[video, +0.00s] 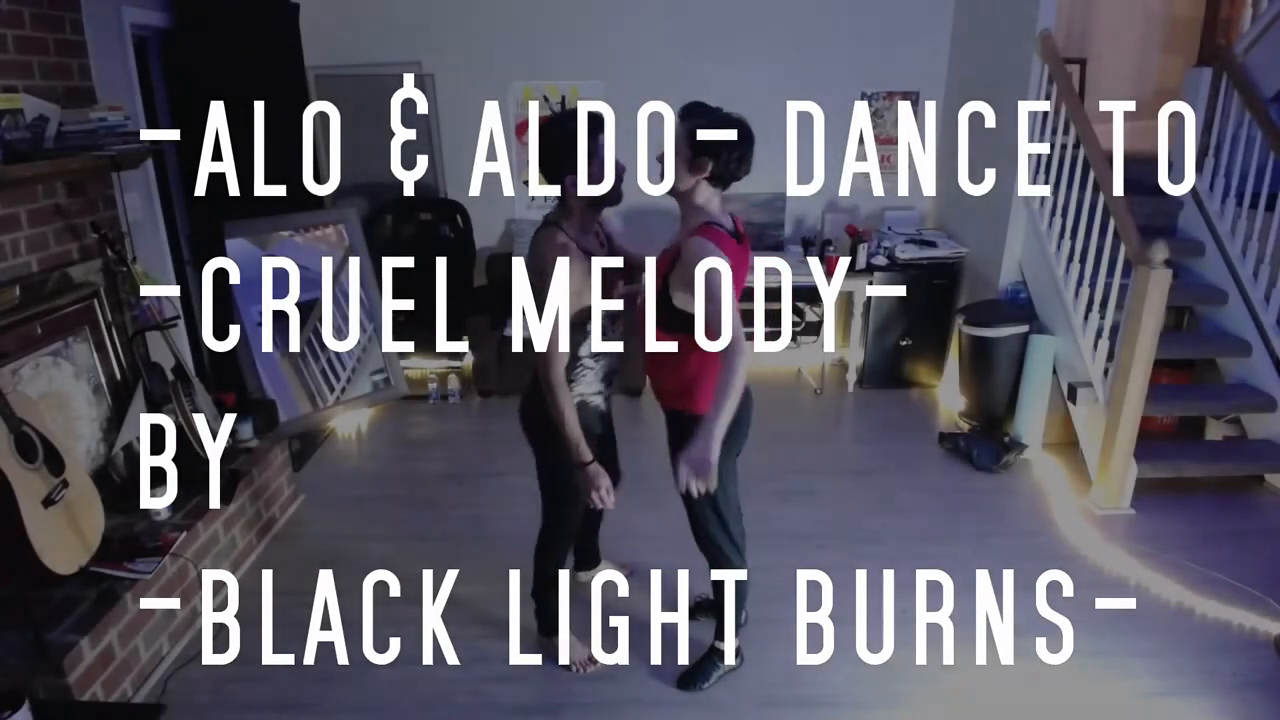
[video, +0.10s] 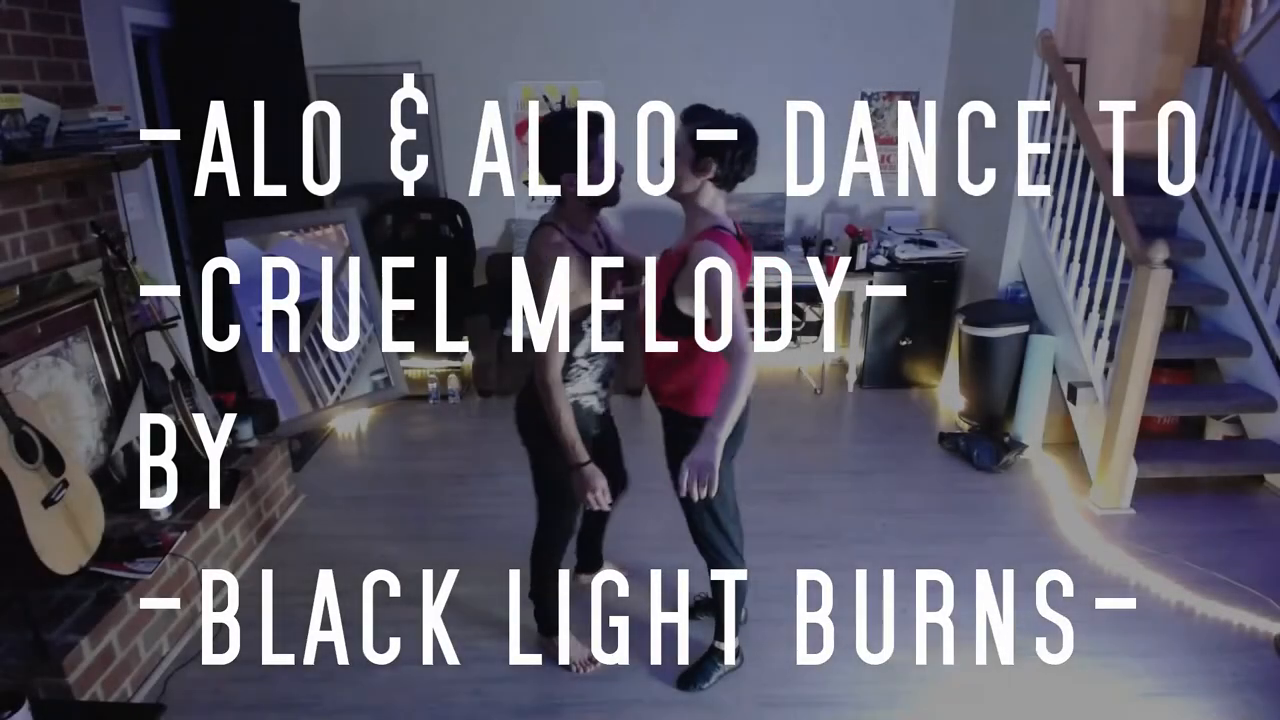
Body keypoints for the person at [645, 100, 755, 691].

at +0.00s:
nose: (664, 159)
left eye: (675, 151)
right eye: (668, 148)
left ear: (702, 164)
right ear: (708, 165)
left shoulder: (708, 251)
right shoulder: (704, 228)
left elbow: (737, 352)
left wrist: (709, 435)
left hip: (704, 413)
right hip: (701, 403)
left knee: (712, 527)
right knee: (715, 514)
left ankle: (727, 645)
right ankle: (727, 600)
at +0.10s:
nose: (670, 160)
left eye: (682, 152)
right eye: (674, 149)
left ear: (710, 165)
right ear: (708, 165)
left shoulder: (712, 253)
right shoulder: (699, 235)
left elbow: (743, 360)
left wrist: (711, 442)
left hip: (704, 415)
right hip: (691, 407)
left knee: (710, 527)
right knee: (709, 514)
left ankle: (727, 645)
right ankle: (723, 599)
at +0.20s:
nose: (675, 166)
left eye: (685, 157)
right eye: (680, 155)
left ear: (717, 171)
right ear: (717, 172)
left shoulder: (729, 254)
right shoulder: (706, 241)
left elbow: (754, 360)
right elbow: (694, 324)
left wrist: (707, 435)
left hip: (700, 417)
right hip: (682, 409)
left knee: (708, 531)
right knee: (702, 516)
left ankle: (726, 644)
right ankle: (721, 594)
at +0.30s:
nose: (677, 167)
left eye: (687, 159)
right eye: (681, 157)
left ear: (721, 172)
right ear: (719, 173)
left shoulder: (736, 250)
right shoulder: (706, 240)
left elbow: (756, 358)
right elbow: (683, 318)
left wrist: (697, 419)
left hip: (706, 416)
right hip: (681, 409)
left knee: (703, 528)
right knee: (696, 513)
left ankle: (725, 643)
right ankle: (717, 583)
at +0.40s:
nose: (680, 173)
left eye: (690, 165)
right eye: (682, 162)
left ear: (730, 173)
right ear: (723, 173)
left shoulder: (744, 236)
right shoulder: (709, 236)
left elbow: (765, 336)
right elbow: (684, 315)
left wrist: (690, 378)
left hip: (708, 416)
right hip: (681, 410)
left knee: (695, 532)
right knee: (692, 531)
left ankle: (724, 645)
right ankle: (721, 638)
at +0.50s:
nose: (681, 177)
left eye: (692, 167)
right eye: (682, 166)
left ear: (732, 172)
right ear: (721, 173)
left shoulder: (747, 232)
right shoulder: (706, 238)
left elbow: (771, 328)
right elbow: (683, 316)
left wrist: (697, 362)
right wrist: (637, 293)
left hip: (711, 414)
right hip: (678, 408)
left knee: (690, 533)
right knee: (685, 531)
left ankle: (723, 645)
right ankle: (719, 639)